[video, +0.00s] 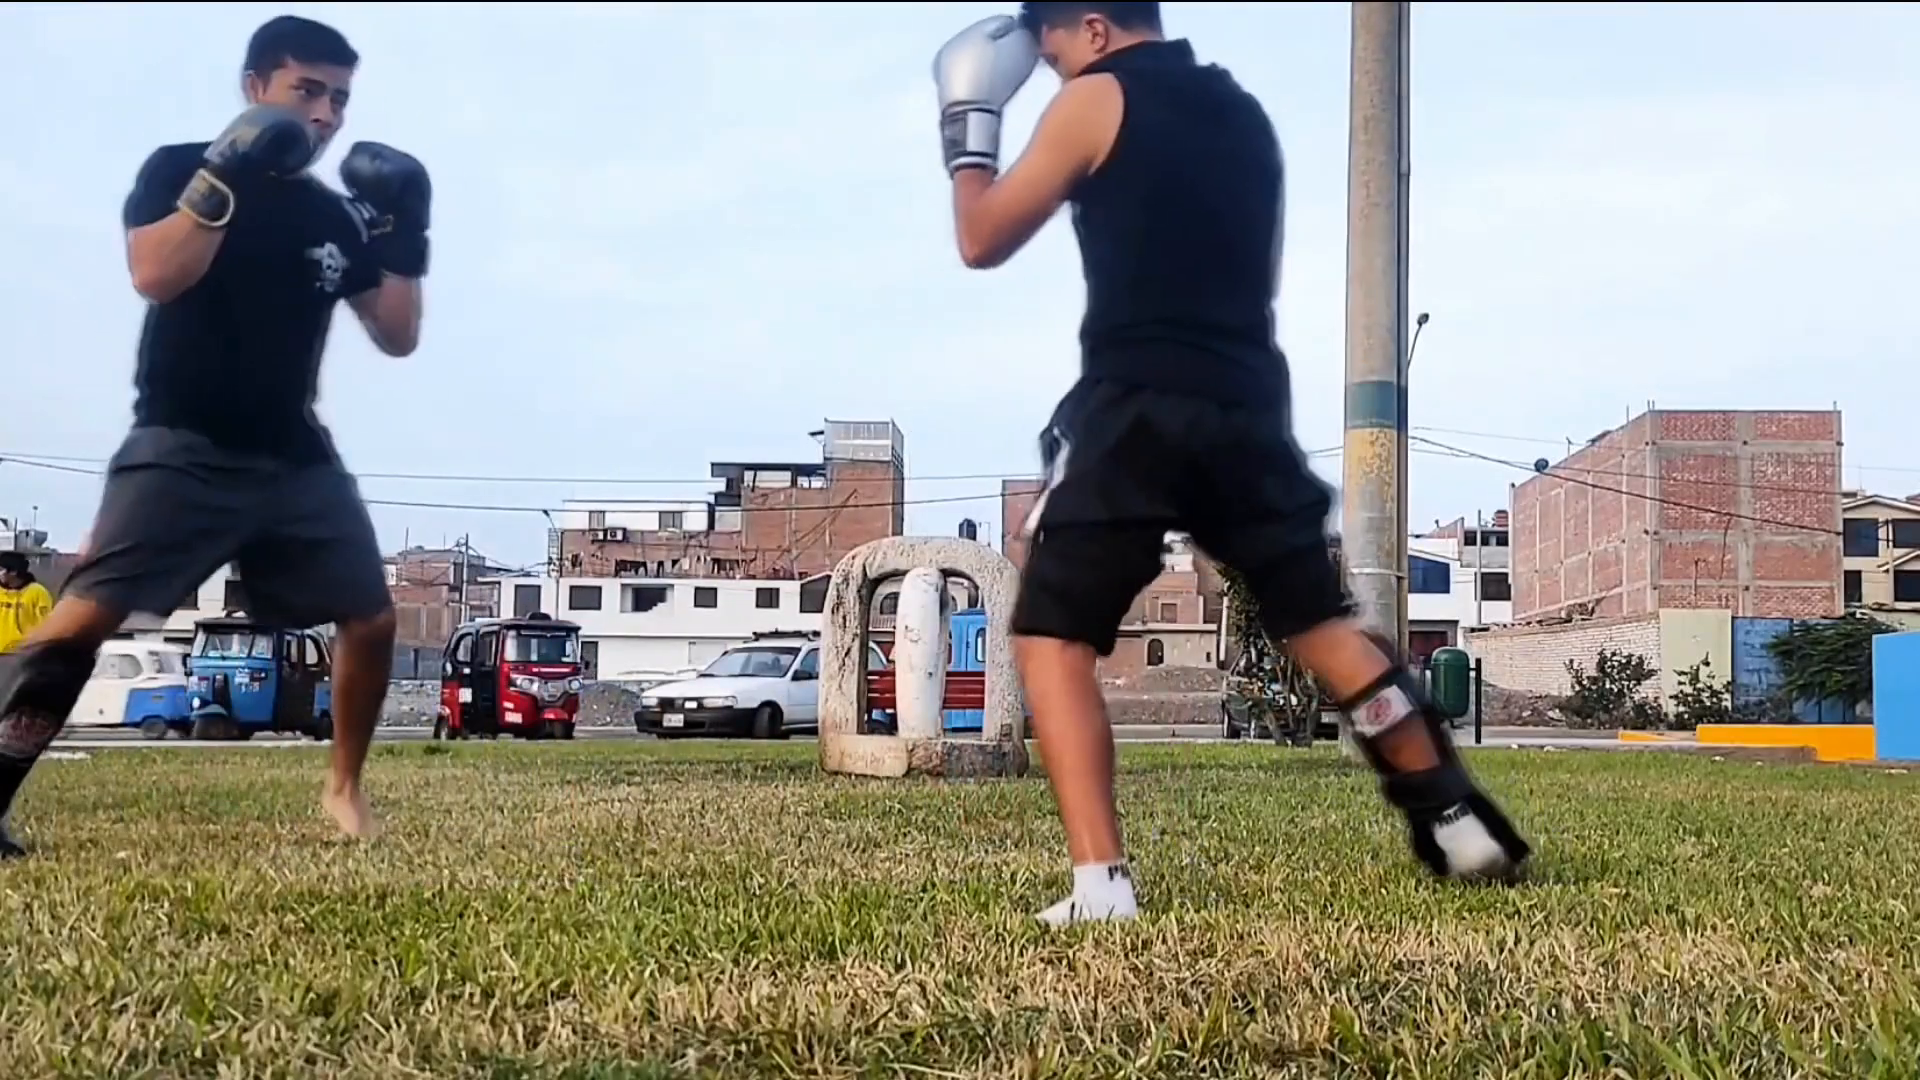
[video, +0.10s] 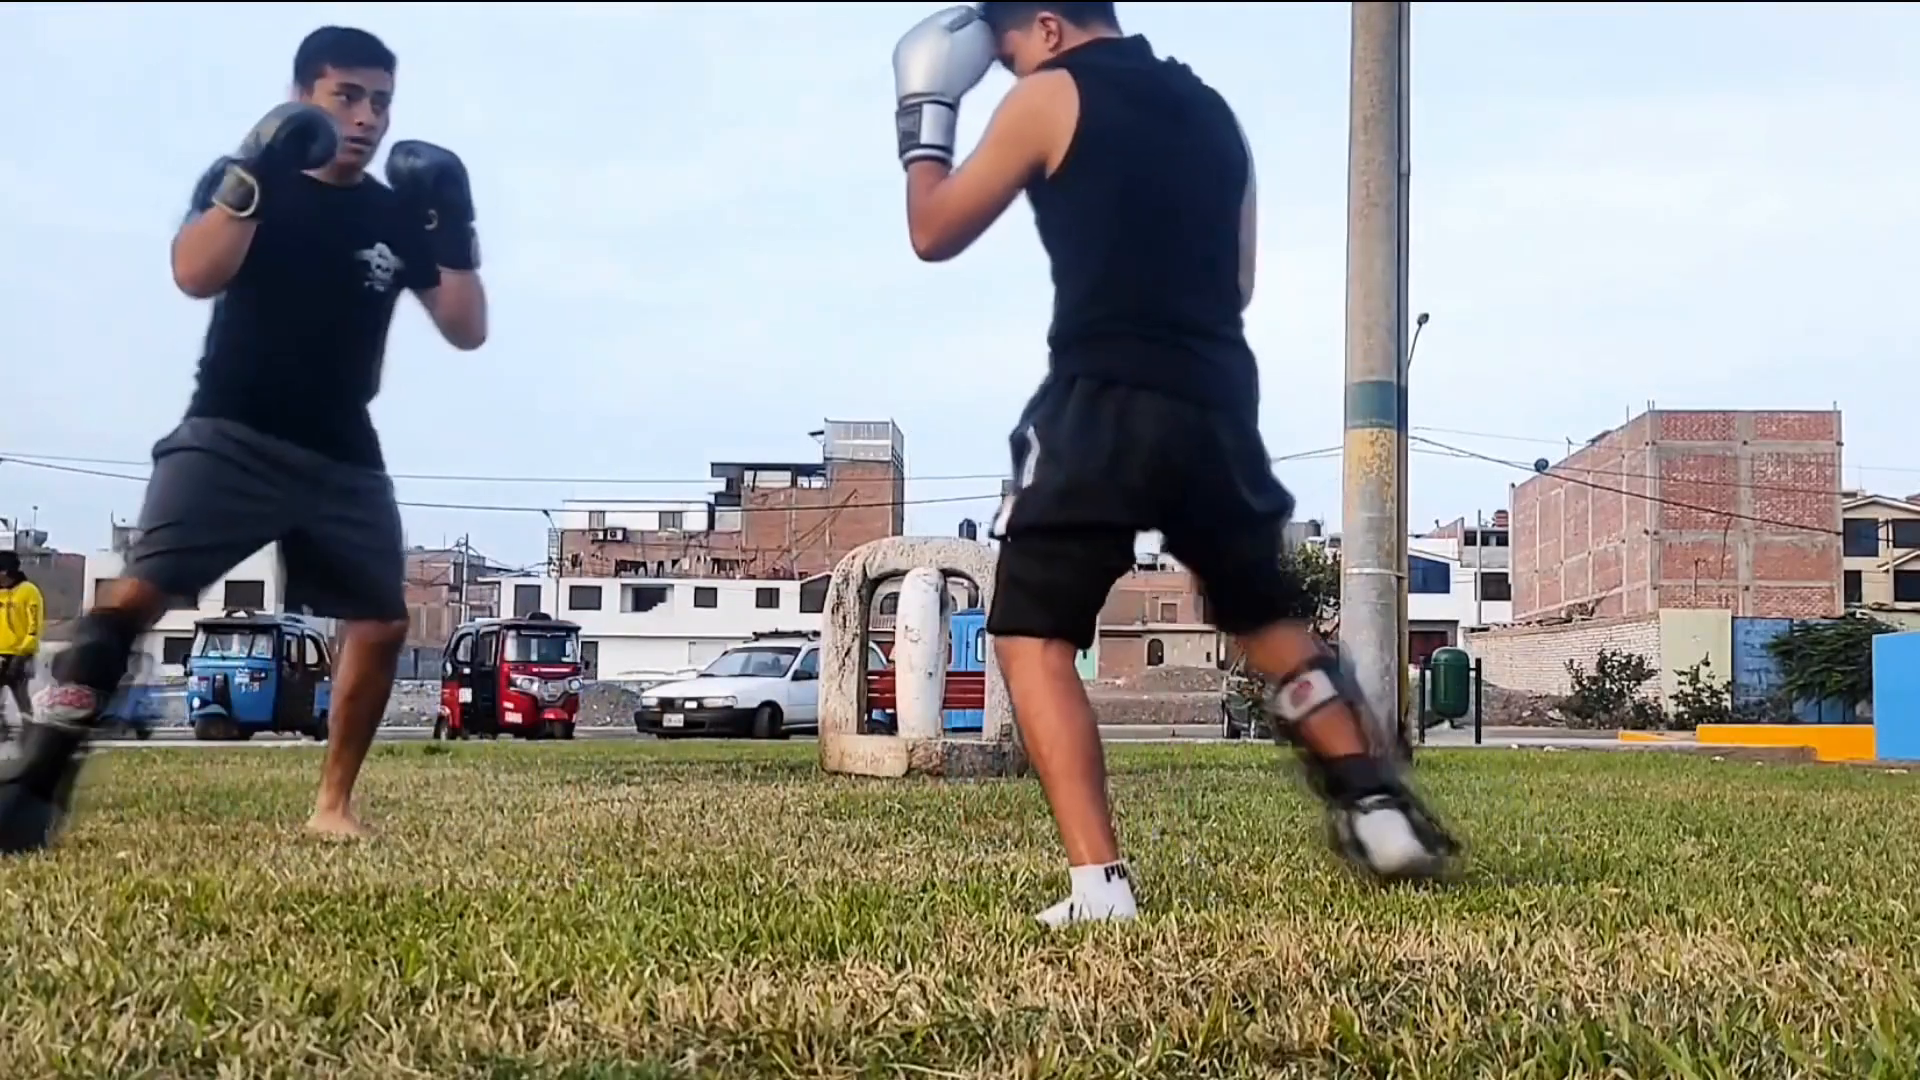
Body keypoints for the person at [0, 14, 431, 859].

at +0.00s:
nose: (324, 110)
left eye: (337, 97)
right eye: (309, 90)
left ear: (345, 107)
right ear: (256, 87)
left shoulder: (340, 215)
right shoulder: (181, 169)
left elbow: (398, 335)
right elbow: (155, 275)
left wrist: (405, 229)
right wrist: (222, 175)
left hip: (296, 455)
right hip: (181, 444)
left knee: (371, 617)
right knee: (85, 614)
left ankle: (345, 789)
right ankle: (0, 800)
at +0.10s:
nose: (366, 115)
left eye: (380, 101)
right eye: (349, 96)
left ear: (391, 110)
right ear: (302, 96)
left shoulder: (396, 211)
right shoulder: (247, 177)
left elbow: (468, 331)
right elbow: (195, 275)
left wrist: (451, 224)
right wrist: (253, 176)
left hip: (344, 457)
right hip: (231, 436)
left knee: (382, 624)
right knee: (136, 597)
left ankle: (333, 810)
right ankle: (35, 790)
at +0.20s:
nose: (405, 115)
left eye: (418, 101)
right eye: (387, 98)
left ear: (428, 110)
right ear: (345, 103)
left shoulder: (440, 213)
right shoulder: (297, 182)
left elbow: (509, 329)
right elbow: (236, 274)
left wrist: (491, 222)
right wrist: (292, 171)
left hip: (381, 458)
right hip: (272, 434)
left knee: (388, 628)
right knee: (219, 584)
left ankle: (339, 806)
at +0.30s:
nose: (436, 115)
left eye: (448, 101)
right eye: (419, 97)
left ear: (459, 113)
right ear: (377, 102)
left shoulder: (467, 216)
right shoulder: (321, 183)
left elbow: (514, 334)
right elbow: (271, 274)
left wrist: (514, 243)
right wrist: (334, 183)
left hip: (423, 444)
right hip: (321, 432)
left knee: (429, 610)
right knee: (298, 606)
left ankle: (367, 784)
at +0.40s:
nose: (459, 155)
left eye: (470, 145)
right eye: (444, 139)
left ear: (480, 158)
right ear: (401, 144)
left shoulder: (489, 254)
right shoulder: (351, 227)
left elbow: (523, 367)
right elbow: (293, 295)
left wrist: (542, 306)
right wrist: (368, 218)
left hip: (475, 474)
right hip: (377, 474)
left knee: (506, 603)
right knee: (376, 662)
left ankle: (435, 776)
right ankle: (389, 767)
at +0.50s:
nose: (483, 190)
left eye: (493, 180)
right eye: (468, 178)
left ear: (504, 193)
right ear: (429, 187)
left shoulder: (521, 289)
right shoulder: (390, 264)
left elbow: (532, 382)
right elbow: (336, 290)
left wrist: (576, 394)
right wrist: (419, 231)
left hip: (508, 503)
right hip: (412, 512)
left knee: (562, 608)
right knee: (397, 678)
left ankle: (532, 778)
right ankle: (410, 800)